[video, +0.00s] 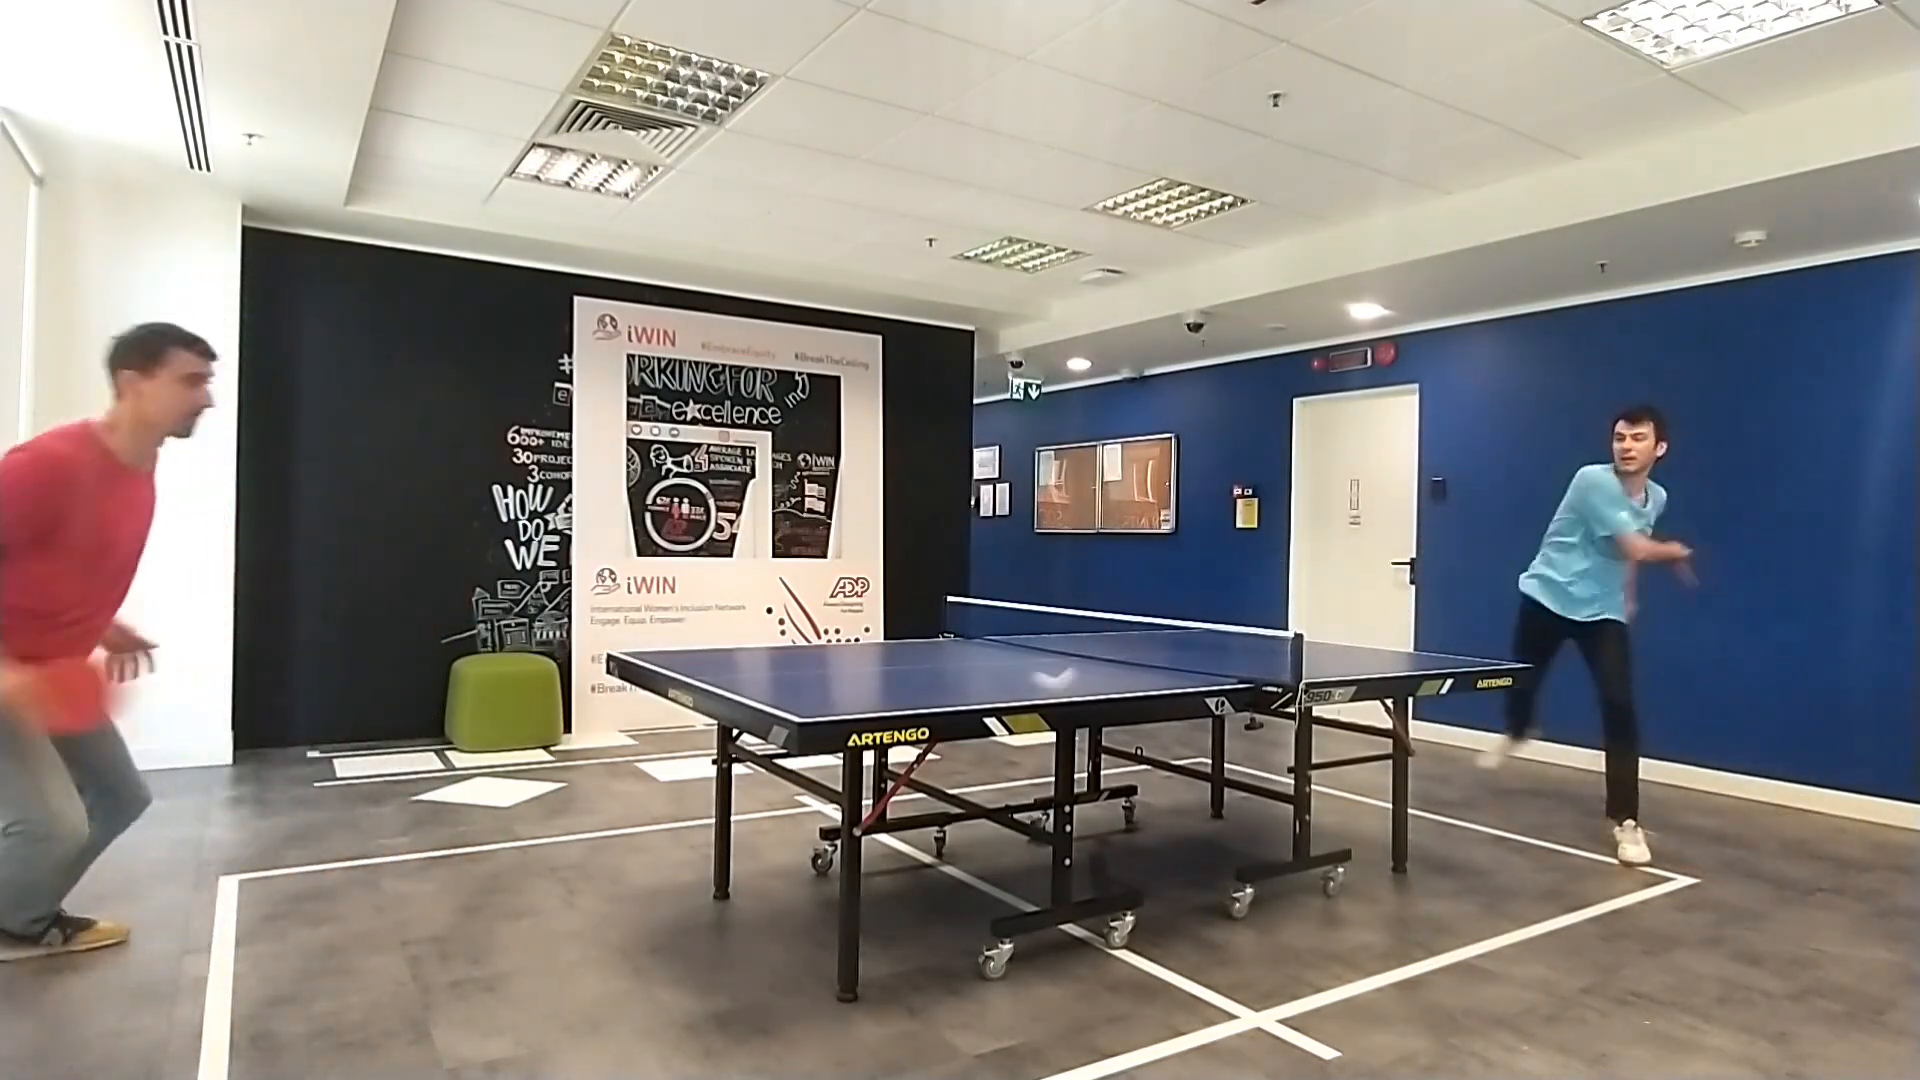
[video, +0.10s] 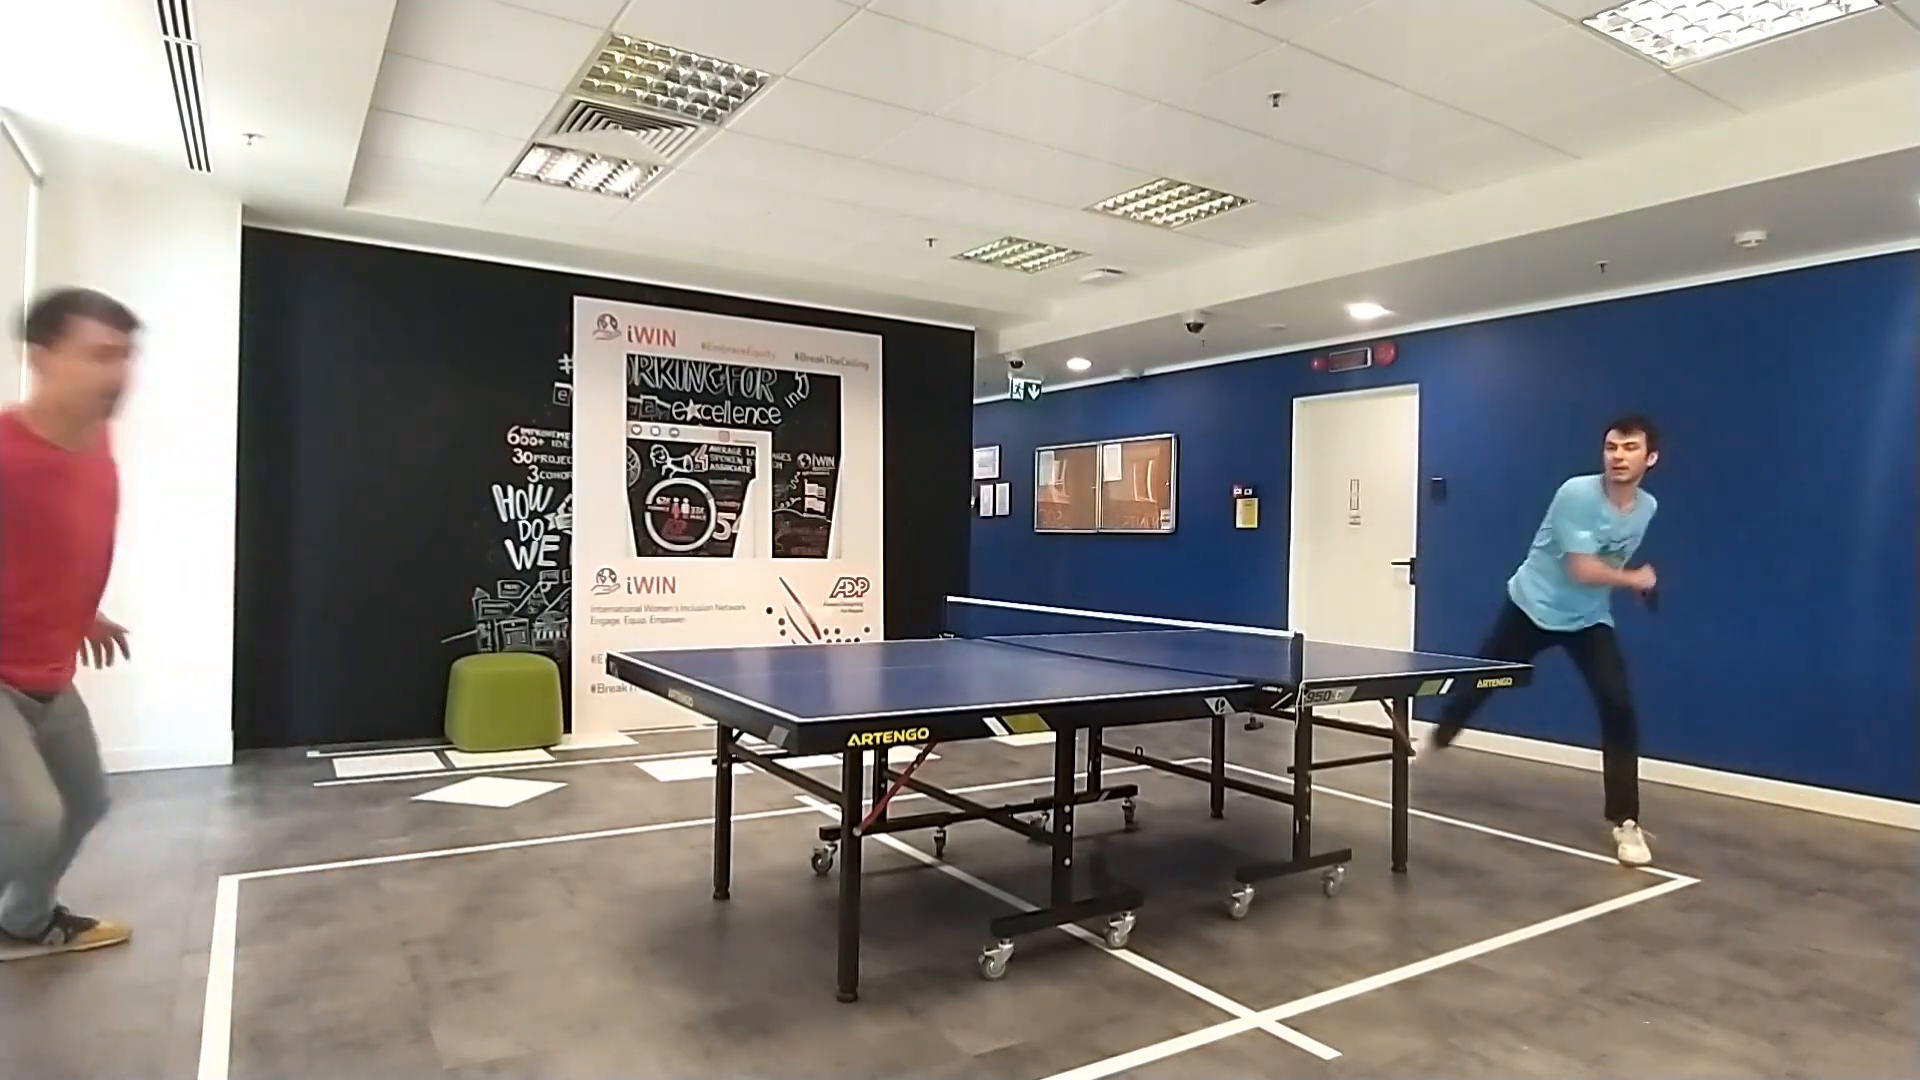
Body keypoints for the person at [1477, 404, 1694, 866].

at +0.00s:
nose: (1626, 446)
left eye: (1638, 438)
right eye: (1620, 438)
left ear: (1659, 448)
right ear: (1611, 444)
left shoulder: (1656, 499)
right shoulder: (1592, 480)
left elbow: (1631, 552)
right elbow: (1635, 547)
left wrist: (1628, 598)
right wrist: (1676, 551)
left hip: (1602, 608)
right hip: (1547, 597)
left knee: (1619, 704)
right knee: (1521, 682)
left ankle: (1625, 820)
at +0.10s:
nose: (1618, 456)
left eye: (1630, 448)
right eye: (1612, 447)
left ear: (1650, 458)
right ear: (1603, 453)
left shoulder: (1646, 508)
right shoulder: (1577, 494)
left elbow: (1614, 563)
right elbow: (1581, 569)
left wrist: (1622, 582)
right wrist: (1632, 577)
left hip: (1588, 616)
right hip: (1531, 607)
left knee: (1618, 707)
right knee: (1480, 683)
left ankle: (1625, 823)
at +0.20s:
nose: (1598, 463)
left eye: (1610, 456)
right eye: (1591, 455)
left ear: (1629, 467)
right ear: (1582, 462)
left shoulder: (1626, 521)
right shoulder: (1549, 500)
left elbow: (1590, 576)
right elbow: (1529, 567)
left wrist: (1606, 614)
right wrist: (1598, 603)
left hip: (1567, 628)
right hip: (1508, 617)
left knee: (1610, 710)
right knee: (1444, 688)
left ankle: (1626, 825)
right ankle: (1382, 764)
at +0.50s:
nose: (1508, 453)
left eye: (1518, 447)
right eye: (1502, 445)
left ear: (1533, 457)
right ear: (1490, 451)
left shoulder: (1538, 514)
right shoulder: (1453, 492)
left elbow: (1534, 579)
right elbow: (1408, 536)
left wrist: (1548, 633)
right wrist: (1464, 546)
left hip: (1506, 632)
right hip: (1443, 624)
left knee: (1558, 720)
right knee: (1394, 694)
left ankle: (1614, 824)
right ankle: (1371, 784)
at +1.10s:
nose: (1581, 433)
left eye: (1591, 428)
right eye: (1574, 424)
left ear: (1600, 440)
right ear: (1556, 431)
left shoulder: (1608, 497)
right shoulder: (1515, 473)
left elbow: (1623, 555)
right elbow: (1481, 520)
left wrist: (1628, 580)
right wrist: (1458, 568)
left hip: (1557, 613)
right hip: (1494, 602)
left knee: (1584, 706)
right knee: (1438, 687)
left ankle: (1572, 817)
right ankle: (1389, 776)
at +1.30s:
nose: (1607, 423)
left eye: (1618, 418)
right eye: (1600, 413)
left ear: (1628, 429)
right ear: (1582, 417)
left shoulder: (1633, 486)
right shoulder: (1541, 458)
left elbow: (1645, 550)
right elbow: (1511, 503)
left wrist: (1624, 582)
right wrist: (1488, 551)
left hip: (1577, 604)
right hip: (1517, 589)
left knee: (1579, 706)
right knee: (1485, 679)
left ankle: (1571, 815)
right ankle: (1487, 776)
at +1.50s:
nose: (1607, 412)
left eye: (1616, 406)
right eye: (1599, 403)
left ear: (1626, 418)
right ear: (1581, 409)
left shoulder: (1638, 474)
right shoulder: (1547, 458)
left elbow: (1658, 540)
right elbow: (1527, 510)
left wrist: (1620, 575)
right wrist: (1512, 555)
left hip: (1594, 606)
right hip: (1538, 594)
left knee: (1586, 708)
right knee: (1520, 687)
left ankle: (1572, 813)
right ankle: (1567, 756)